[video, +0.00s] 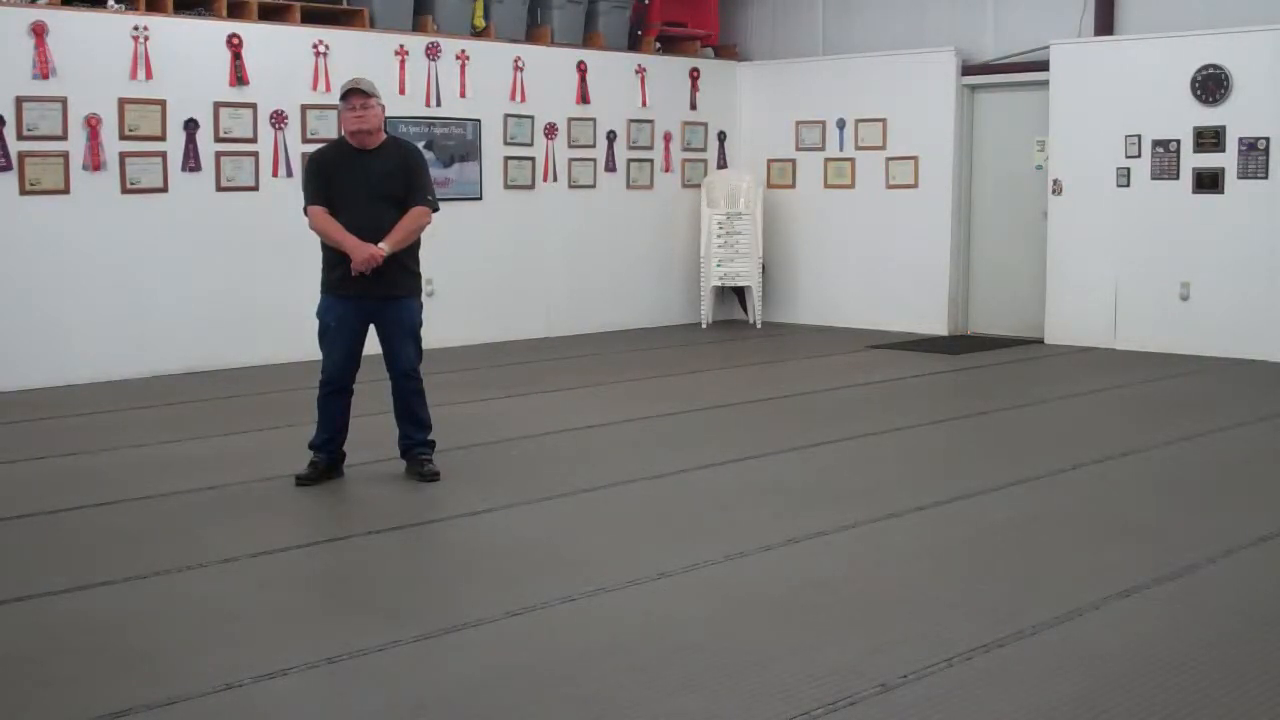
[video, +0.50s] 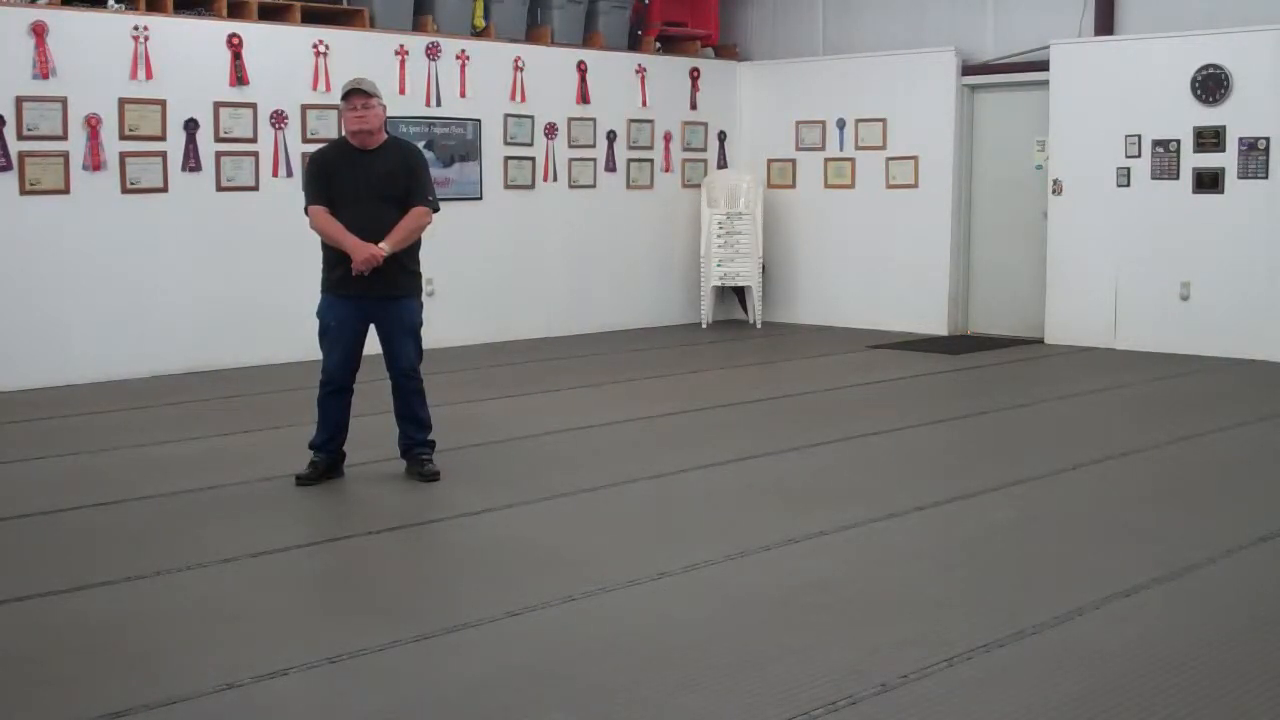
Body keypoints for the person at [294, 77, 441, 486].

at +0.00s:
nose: (358, 114)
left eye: (365, 107)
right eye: (350, 108)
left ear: (381, 111)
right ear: (340, 117)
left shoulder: (407, 155)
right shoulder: (321, 161)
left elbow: (422, 213)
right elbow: (316, 215)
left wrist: (379, 250)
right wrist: (355, 247)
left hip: (398, 287)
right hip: (342, 288)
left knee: (407, 373)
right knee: (335, 376)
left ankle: (419, 452)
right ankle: (327, 456)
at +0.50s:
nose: (360, 114)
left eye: (367, 106)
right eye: (352, 108)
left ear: (383, 112)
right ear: (341, 117)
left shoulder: (407, 155)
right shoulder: (323, 160)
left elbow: (422, 213)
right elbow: (317, 215)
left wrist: (380, 250)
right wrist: (356, 247)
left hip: (398, 287)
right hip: (342, 288)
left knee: (407, 373)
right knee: (335, 376)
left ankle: (419, 452)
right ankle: (327, 455)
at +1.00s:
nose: (359, 114)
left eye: (366, 107)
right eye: (351, 109)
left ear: (383, 112)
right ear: (341, 117)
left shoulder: (408, 155)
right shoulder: (323, 160)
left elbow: (422, 213)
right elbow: (317, 215)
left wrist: (380, 250)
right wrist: (356, 247)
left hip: (398, 286)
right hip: (343, 287)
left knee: (406, 372)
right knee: (335, 375)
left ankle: (419, 452)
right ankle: (327, 455)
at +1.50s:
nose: (359, 114)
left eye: (366, 107)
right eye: (351, 109)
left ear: (382, 111)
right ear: (341, 117)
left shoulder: (407, 155)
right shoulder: (323, 161)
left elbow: (422, 213)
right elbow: (317, 215)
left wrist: (379, 250)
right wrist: (355, 246)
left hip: (398, 287)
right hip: (342, 288)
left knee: (406, 373)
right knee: (335, 375)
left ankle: (419, 452)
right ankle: (327, 455)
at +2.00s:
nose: (358, 113)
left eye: (365, 106)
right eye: (350, 108)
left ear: (381, 112)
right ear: (340, 117)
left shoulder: (407, 155)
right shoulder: (321, 161)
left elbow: (421, 213)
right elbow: (316, 215)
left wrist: (378, 250)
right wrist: (355, 246)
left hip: (398, 288)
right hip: (342, 289)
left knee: (406, 373)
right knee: (335, 375)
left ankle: (419, 452)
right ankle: (327, 455)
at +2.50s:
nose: (357, 114)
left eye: (365, 107)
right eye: (350, 109)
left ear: (380, 111)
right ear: (339, 117)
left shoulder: (406, 155)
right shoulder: (321, 161)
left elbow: (421, 211)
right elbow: (315, 214)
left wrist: (378, 249)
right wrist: (354, 246)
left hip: (397, 287)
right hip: (342, 288)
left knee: (406, 373)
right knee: (335, 375)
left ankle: (419, 452)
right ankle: (327, 455)